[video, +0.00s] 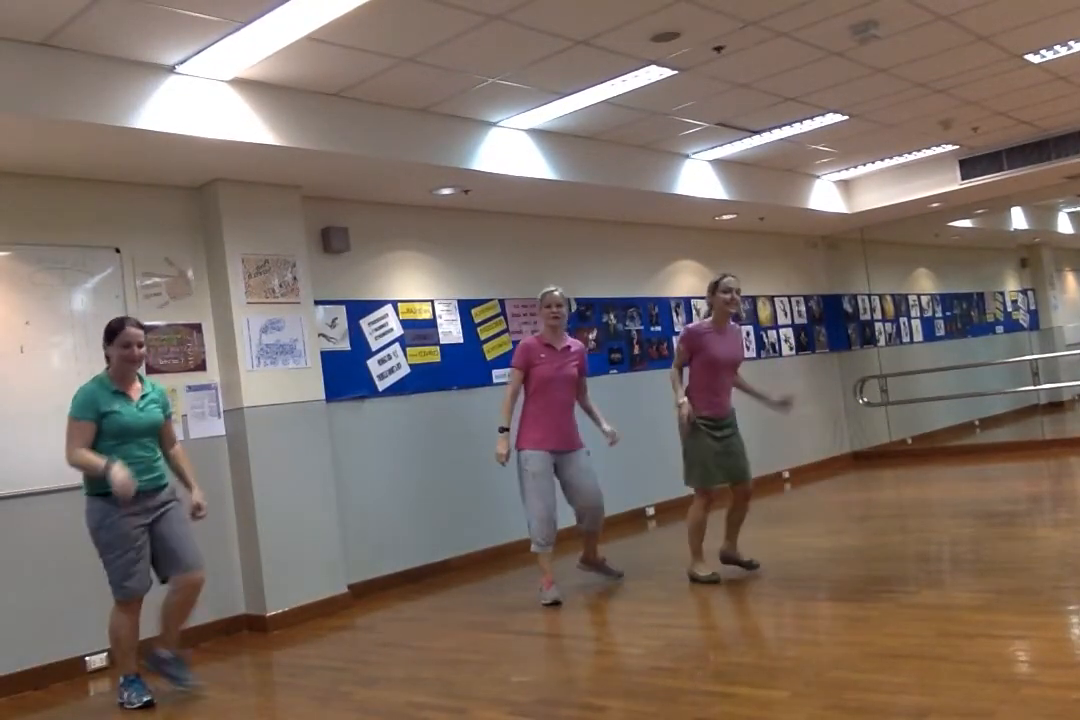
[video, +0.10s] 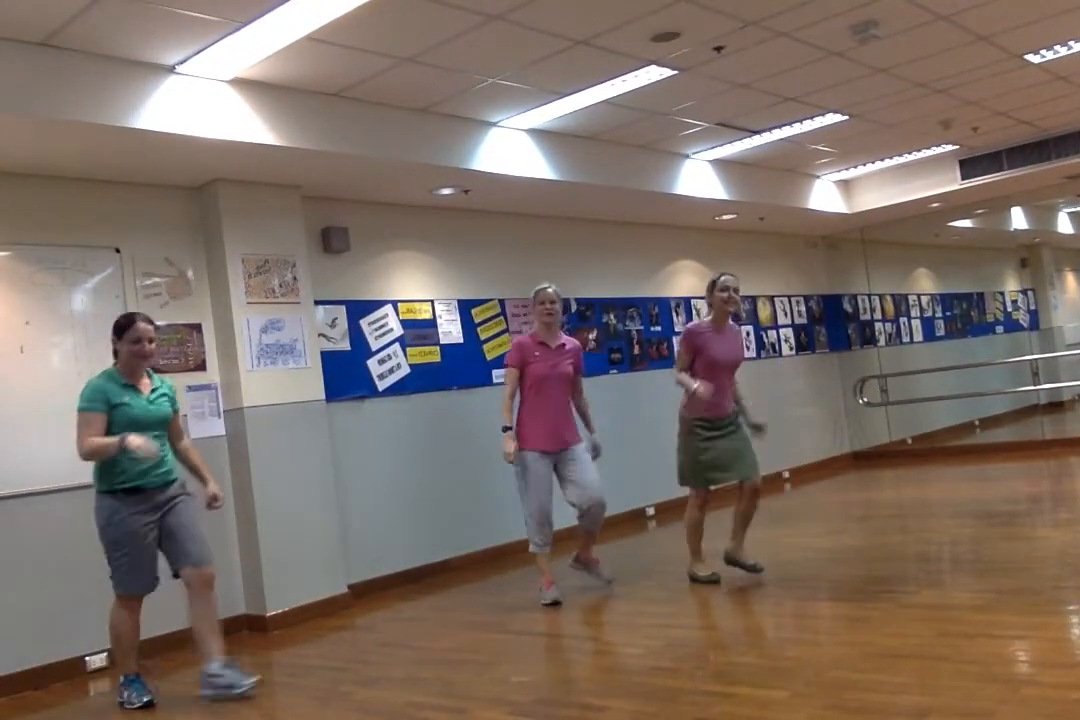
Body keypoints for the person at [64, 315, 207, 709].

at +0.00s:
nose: (135, 352)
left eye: (140, 345)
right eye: (127, 345)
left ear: (145, 348)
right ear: (108, 350)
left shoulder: (156, 393)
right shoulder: (91, 395)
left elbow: (171, 445)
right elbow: (76, 453)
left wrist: (193, 487)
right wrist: (110, 467)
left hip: (162, 500)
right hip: (115, 508)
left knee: (190, 577)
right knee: (130, 594)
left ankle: (165, 650)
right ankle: (129, 679)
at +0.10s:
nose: (148, 347)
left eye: (152, 341)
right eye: (138, 341)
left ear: (156, 345)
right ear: (117, 345)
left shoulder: (163, 386)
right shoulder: (99, 390)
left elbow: (179, 441)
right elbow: (86, 448)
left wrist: (209, 480)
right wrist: (122, 441)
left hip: (171, 495)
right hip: (123, 504)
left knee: (202, 575)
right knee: (130, 595)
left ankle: (216, 669)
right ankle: (129, 680)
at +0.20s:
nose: (163, 349)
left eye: (165, 342)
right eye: (154, 342)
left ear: (166, 347)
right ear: (129, 347)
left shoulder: (174, 391)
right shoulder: (111, 391)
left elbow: (190, 443)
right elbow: (103, 449)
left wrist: (223, 478)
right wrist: (140, 428)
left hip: (186, 499)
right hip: (137, 507)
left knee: (210, 581)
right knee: (137, 600)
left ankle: (242, 670)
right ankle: (129, 679)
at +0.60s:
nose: (220, 333)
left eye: (218, 326)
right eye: (211, 327)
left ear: (205, 334)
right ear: (186, 334)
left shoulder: (227, 377)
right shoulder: (162, 381)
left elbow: (245, 428)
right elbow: (161, 444)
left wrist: (269, 457)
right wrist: (207, 430)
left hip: (244, 484)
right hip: (198, 490)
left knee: (253, 577)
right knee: (237, 574)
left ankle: (250, 676)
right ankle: (253, 676)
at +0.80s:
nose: (240, 333)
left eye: (238, 327)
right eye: (232, 328)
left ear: (218, 334)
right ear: (208, 334)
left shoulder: (237, 375)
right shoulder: (186, 382)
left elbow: (243, 431)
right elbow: (195, 445)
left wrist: (272, 445)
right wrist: (252, 434)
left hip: (258, 485)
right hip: (215, 493)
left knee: (274, 578)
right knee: (262, 575)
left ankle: (247, 678)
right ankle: (299, 672)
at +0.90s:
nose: (250, 335)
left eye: (249, 329)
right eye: (242, 330)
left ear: (225, 338)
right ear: (217, 338)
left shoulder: (242, 380)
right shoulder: (198, 385)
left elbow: (246, 432)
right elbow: (213, 447)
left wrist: (279, 446)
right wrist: (271, 455)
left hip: (258, 486)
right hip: (218, 496)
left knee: (291, 572)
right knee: (268, 574)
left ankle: (252, 668)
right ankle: (300, 673)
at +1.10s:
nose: (247, 340)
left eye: (245, 333)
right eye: (239, 335)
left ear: (222, 342)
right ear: (215, 342)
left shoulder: (236, 380)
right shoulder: (198, 388)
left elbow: (242, 431)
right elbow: (197, 451)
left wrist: (276, 451)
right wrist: (239, 487)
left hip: (247, 490)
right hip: (212, 498)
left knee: (265, 584)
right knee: (261, 583)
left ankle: (198, 637)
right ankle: (298, 674)